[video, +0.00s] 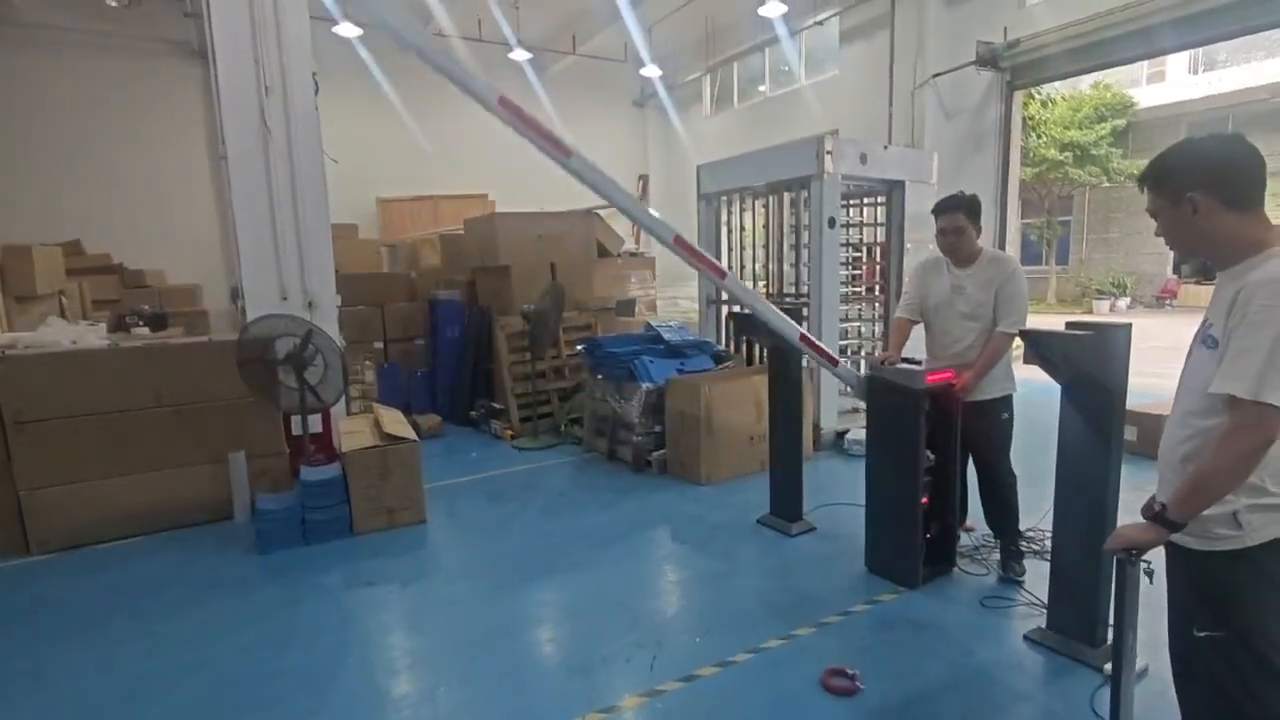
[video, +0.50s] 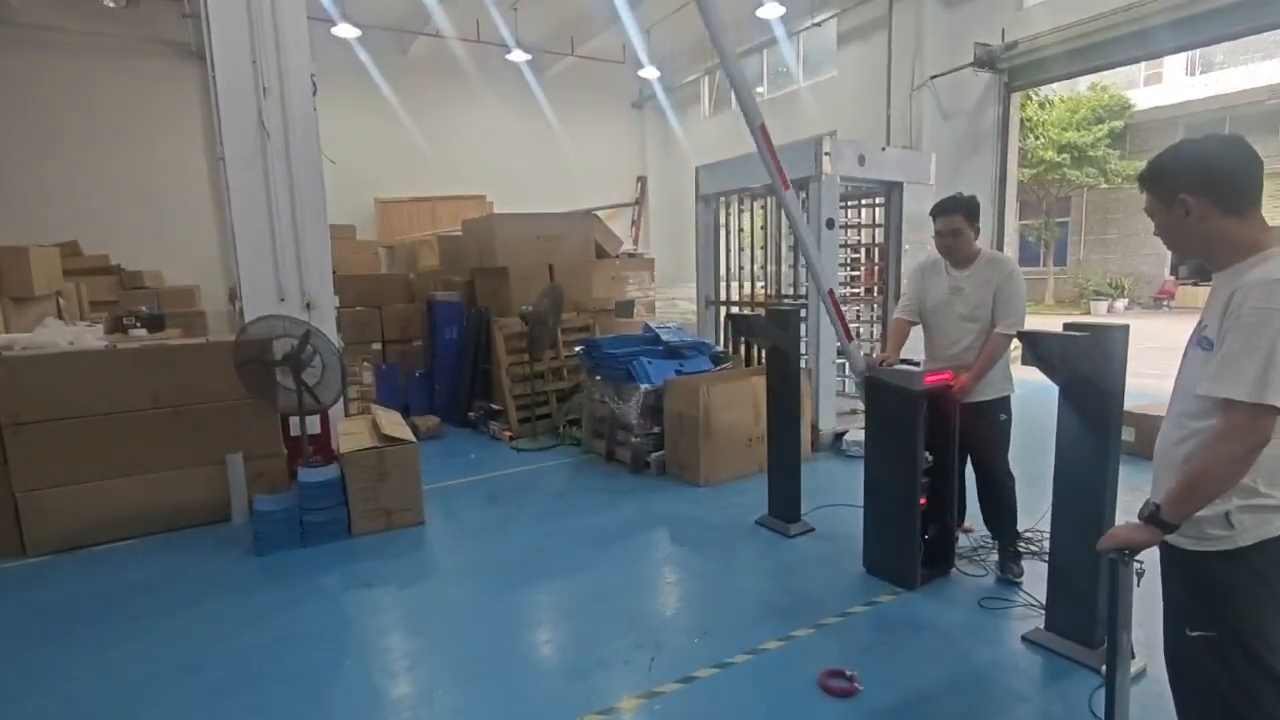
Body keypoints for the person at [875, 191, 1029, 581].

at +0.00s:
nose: (947, 241)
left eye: (956, 233)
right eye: (941, 233)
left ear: (978, 230)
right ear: (934, 233)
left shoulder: (1005, 269)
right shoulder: (927, 269)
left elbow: (1006, 330)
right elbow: (905, 314)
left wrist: (974, 373)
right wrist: (892, 352)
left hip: (990, 393)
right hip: (941, 392)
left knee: (995, 475)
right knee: (944, 475)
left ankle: (1010, 546)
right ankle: (940, 551)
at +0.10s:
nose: (946, 241)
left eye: (955, 233)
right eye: (940, 234)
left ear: (977, 231)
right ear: (934, 233)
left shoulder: (1005, 269)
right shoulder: (926, 268)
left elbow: (1005, 331)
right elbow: (905, 314)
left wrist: (974, 374)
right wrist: (892, 352)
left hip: (989, 393)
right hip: (940, 392)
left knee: (995, 475)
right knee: (943, 475)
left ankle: (1009, 546)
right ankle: (940, 550)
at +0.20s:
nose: (946, 242)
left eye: (955, 233)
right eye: (940, 234)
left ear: (977, 231)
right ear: (934, 233)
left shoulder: (1004, 269)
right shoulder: (926, 269)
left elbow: (1006, 331)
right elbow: (905, 314)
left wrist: (974, 374)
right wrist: (892, 351)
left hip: (989, 393)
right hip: (940, 392)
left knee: (994, 475)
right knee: (943, 475)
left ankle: (1009, 546)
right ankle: (939, 550)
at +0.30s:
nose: (946, 242)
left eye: (954, 234)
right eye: (939, 235)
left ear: (977, 231)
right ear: (933, 234)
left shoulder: (1004, 270)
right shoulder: (926, 269)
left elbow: (1005, 331)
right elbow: (905, 314)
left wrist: (973, 375)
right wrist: (891, 352)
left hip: (988, 393)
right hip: (940, 392)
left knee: (994, 475)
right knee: (943, 475)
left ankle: (1008, 547)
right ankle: (939, 550)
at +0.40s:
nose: (946, 242)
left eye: (954, 234)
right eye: (939, 235)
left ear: (976, 231)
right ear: (933, 234)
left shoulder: (1004, 270)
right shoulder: (926, 269)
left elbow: (1005, 331)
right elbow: (904, 315)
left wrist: (972, 375)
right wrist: (891, 352)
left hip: (988, 393)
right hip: (939, 393)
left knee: (994, 475)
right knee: (943, 475)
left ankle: (1008, 547)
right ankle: (939, 550)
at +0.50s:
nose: (944, 243)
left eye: (953, 234)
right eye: (939, 235)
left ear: (975, 232)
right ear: (933, 234)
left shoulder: (1003, 270)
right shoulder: (925, 269)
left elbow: (1005, 330)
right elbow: (904, 315)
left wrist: (972, 375)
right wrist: (890, 353)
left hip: (988, 393)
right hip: (940, 393)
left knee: (994, 475)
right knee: (942, 476)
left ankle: (1008, 547)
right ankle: (939, 552)